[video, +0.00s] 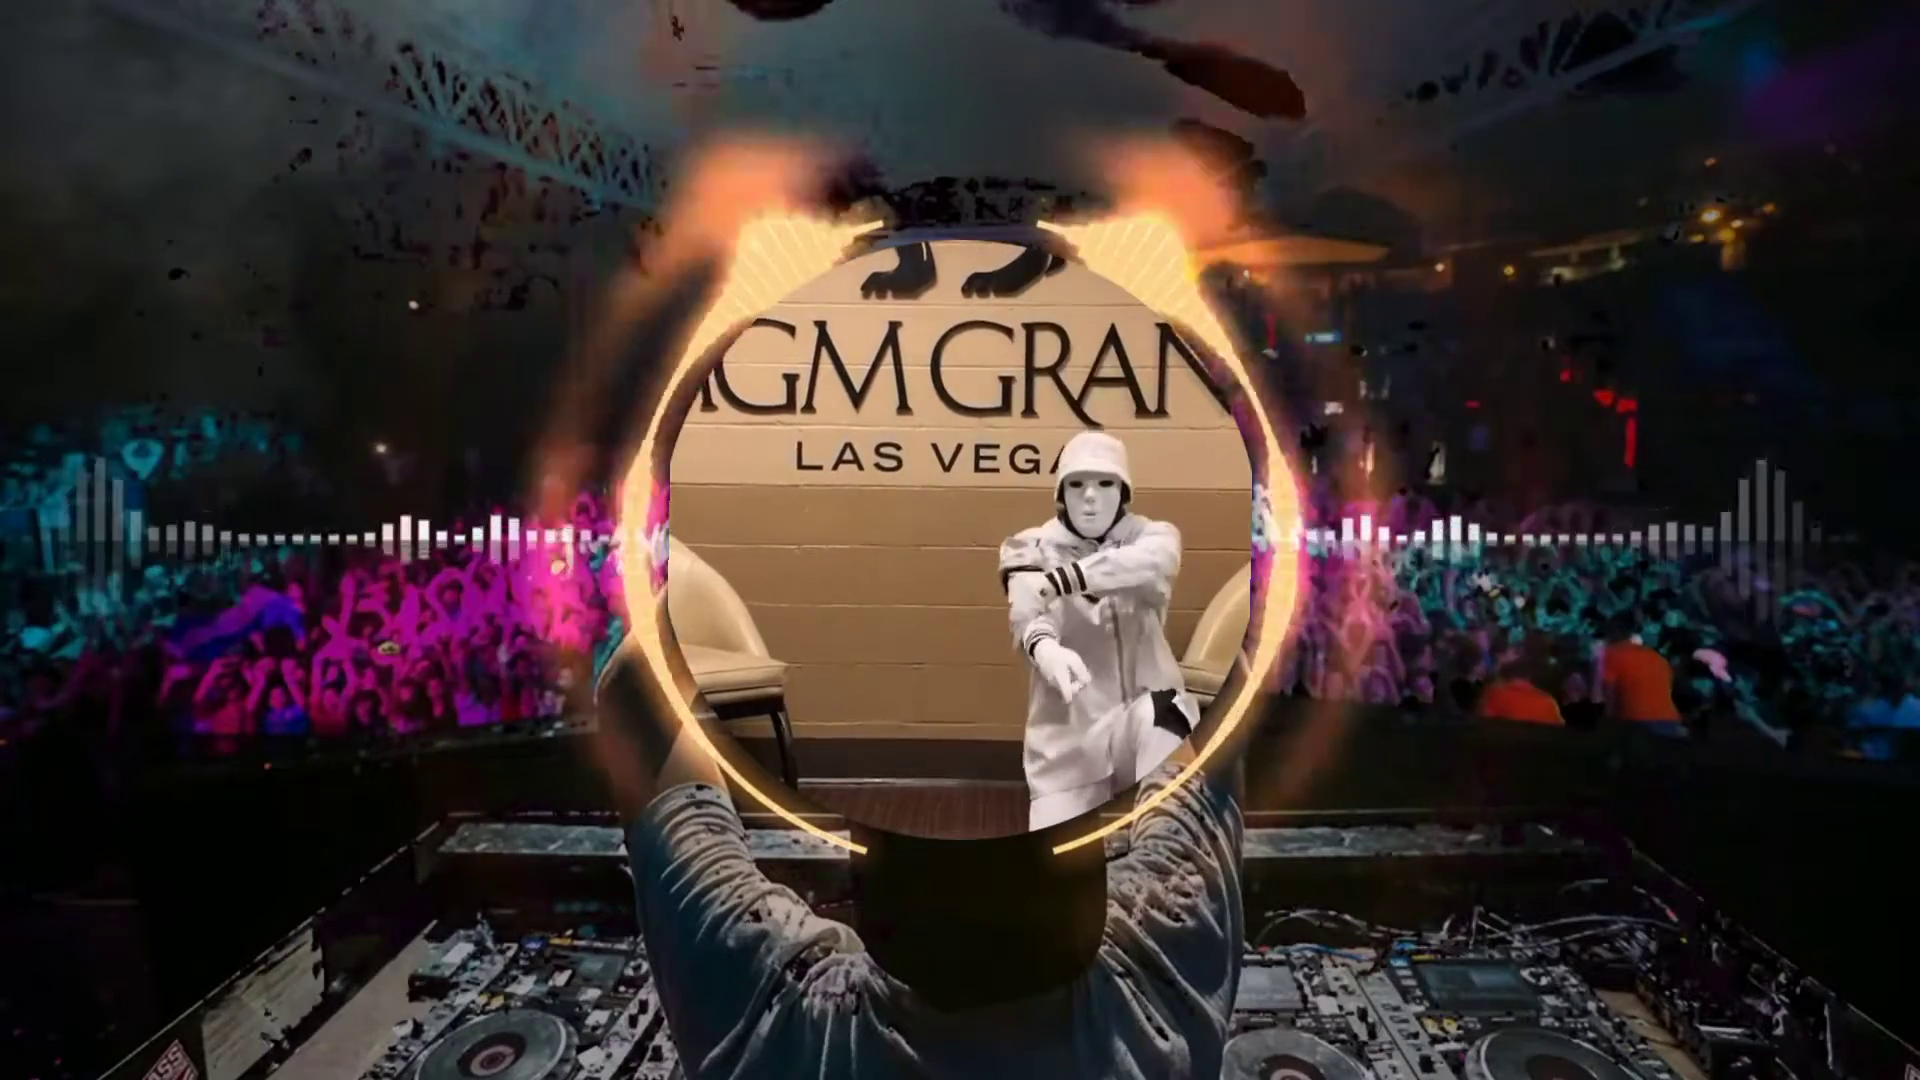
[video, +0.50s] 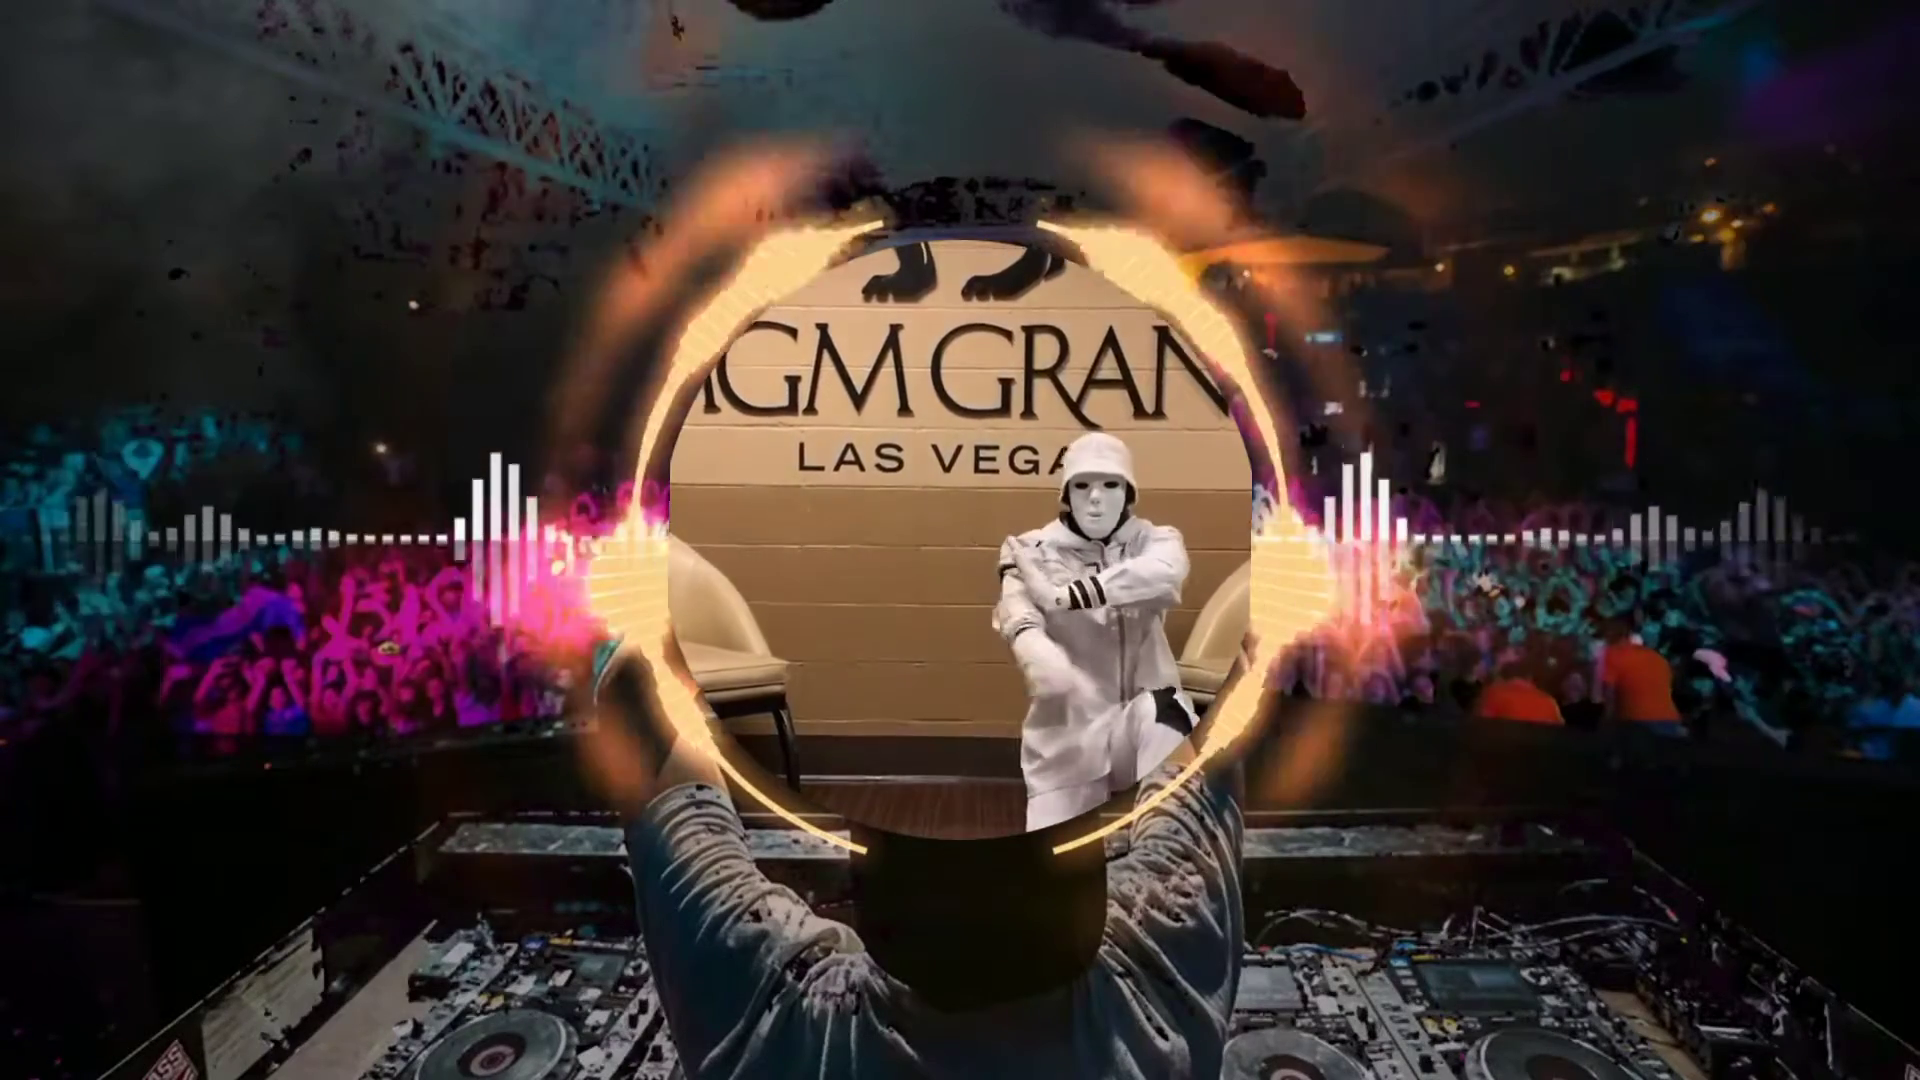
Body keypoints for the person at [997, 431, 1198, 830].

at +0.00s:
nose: (1090, 497)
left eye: (1104, 484)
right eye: (1077, 485)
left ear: (1123, 492)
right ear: (1060, 493)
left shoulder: (1154, 536)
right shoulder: (1029, 548)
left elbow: (1152, 566)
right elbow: (1028, 609)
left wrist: (1064, 580)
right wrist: (1046, 647)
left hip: (1140, 733)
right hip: (1064, 749)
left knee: (1165, 707)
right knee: (1062, 877)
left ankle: (1159, 841)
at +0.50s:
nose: (1095, 498)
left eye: (1110, 485)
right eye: (1082, 486)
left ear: (1128, 494)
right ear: (1066, 494)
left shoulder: (1157, 540)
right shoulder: (1027, 550)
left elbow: (1166, 576)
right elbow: (1016, 613)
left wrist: (1068, 595)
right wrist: (1044, 662)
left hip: (1138, 732)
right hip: (1064, 743)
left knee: (1165, 707)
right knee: (1057, 870)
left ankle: (1162, 835)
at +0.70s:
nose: (1063, 496)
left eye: (1078, 483)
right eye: (1051, 484)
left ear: (1097, 492)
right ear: (1036, 491)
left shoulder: (1129, 543)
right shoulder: (1004, 546)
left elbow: (1159, 597)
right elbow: (979, 634)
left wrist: (1062, 586)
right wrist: (974, 717)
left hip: (1103, 699)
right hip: (1023, 713)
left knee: (1060, 736)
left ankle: (1108, 861)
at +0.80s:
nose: (1027, 489)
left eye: (1041, 477)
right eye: (1016, 477)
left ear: (1063, 484)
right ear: (1003, 484)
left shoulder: (1097, 539)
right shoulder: (976, 540)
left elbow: (1155, 604)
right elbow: (956, 643)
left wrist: (1058, 581)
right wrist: (945, 730)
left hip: (1055, 708)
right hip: (984, 709)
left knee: (964, 792)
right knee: (932, 838)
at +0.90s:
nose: (992, 477)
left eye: (1007, 465)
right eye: (982, 465)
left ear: (1030, 475)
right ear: (972, 473)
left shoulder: (1064, 546)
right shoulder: (958, 540)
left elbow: (1130, 619)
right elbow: (938, 644)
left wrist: (1058, 624)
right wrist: (923, 730)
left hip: (1015, 741)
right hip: (956, 729)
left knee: (918, 841)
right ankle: (1062, 795)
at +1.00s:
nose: (952, 465)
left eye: (969, 452)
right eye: (945, 452)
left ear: (995, 463)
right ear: (936, 459)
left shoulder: (1018, 547)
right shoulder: (959, 534)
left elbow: (1077, 637)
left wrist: (998, 669)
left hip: (981, 764)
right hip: (936, 750)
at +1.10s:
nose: (884, 467)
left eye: (896, 457)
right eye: (886, 456)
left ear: (932, 468)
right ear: (936, 469)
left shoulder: (956, 564)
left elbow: (976, 678)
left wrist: (888, 668)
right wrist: (899, 659)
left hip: (942, 754)